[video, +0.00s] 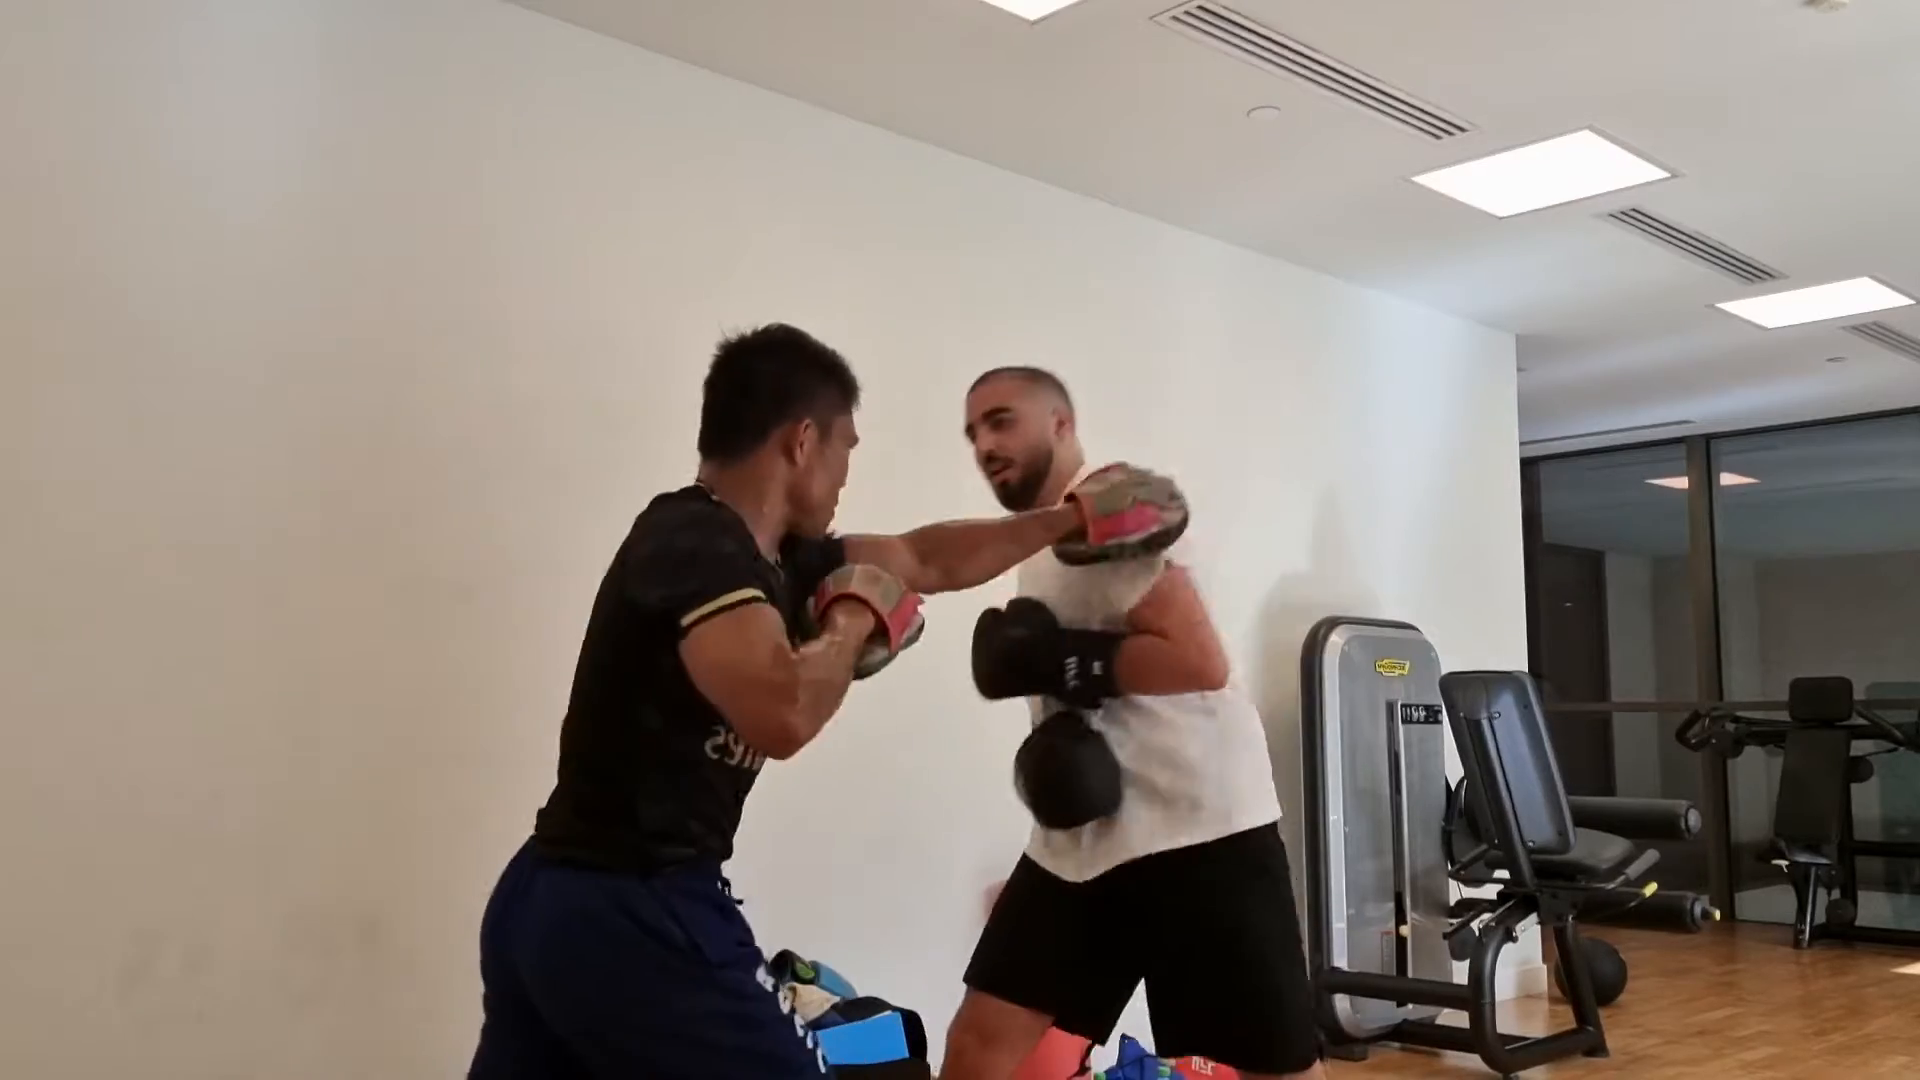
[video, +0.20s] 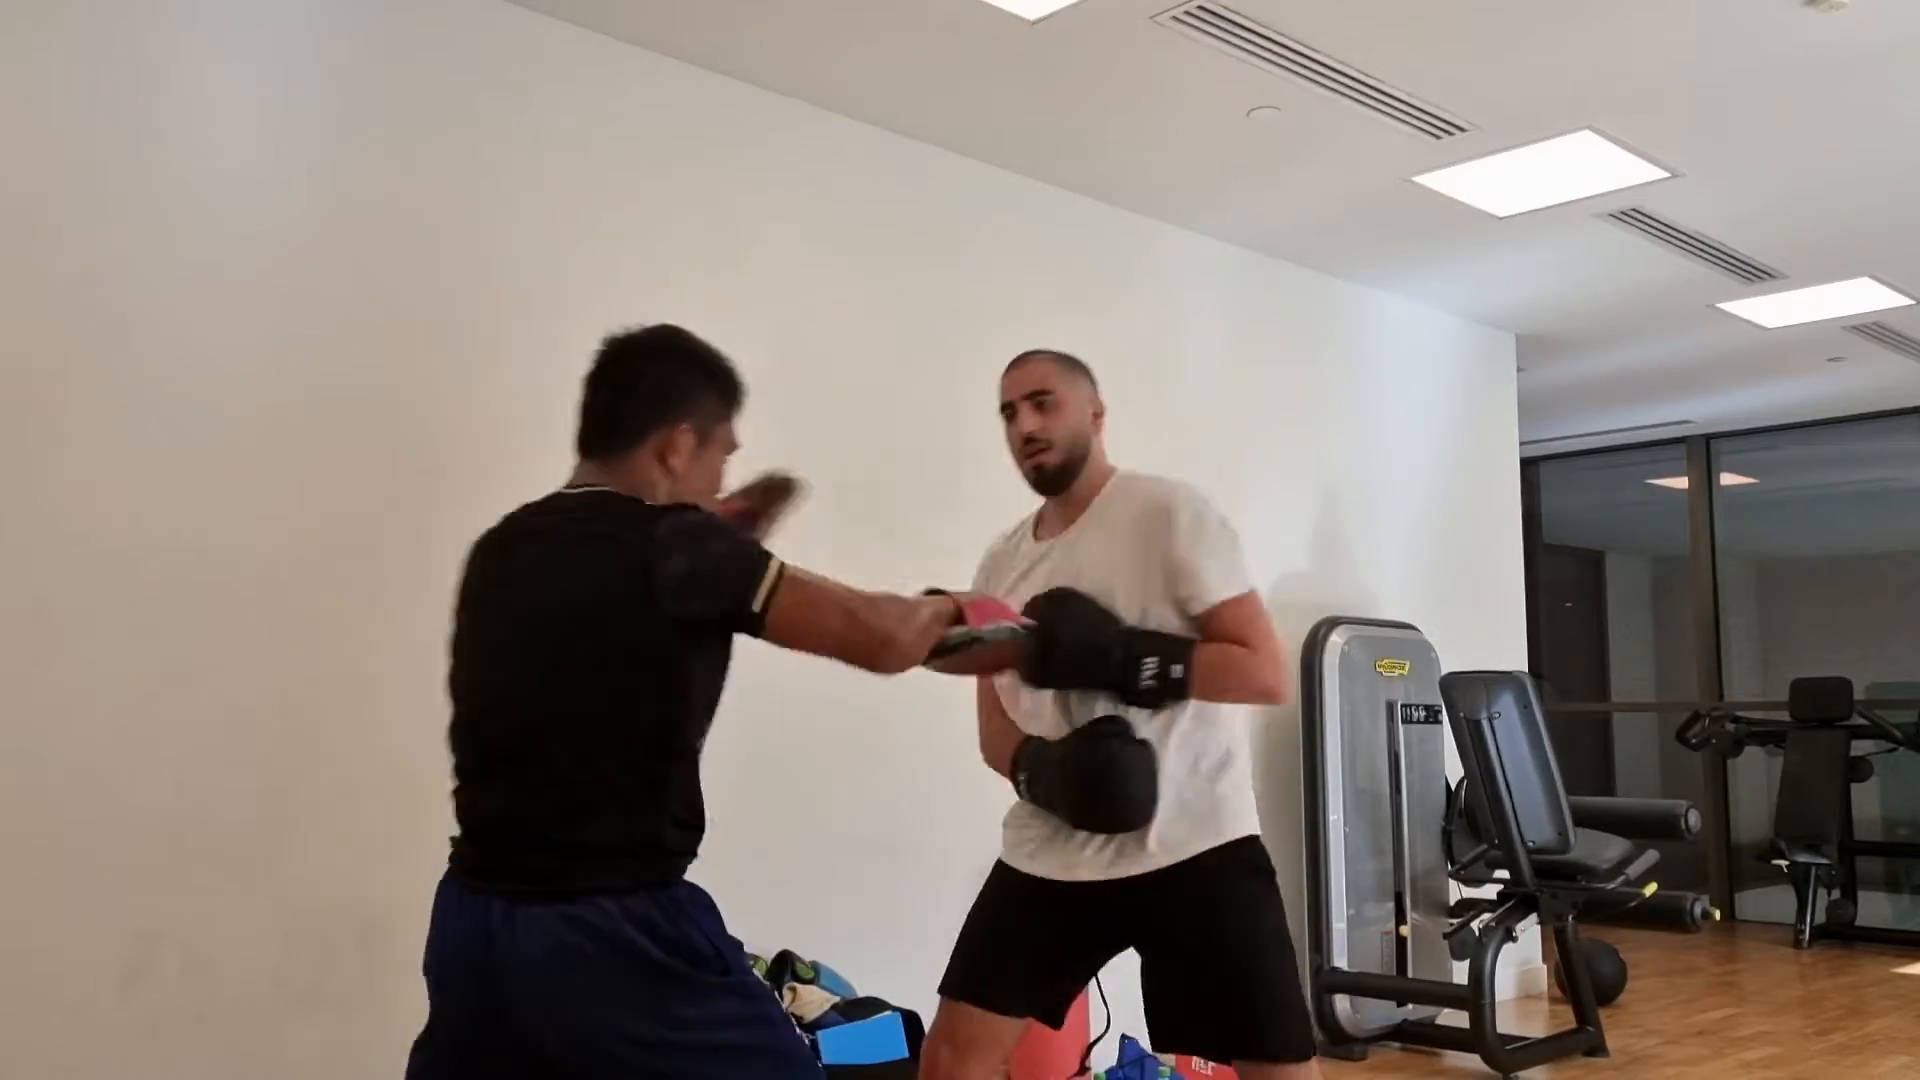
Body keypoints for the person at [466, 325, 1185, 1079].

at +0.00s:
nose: (848, 471)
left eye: (852, 450)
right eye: (847, 447)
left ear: (773, 442)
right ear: (798, 443)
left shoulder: (769, 552)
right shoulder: (700, 542)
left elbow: (919, 558)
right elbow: (781, 719)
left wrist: (1059, 522)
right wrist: (863, 601)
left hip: (563, 906)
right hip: (641, 917)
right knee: (788, 1065)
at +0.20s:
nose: (722, 479)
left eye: (728, 462)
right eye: (720, 459)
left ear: (593, 434)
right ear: (676, 448)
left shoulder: (498, 550)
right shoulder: (680, 548)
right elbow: (882, 640)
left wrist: (699, 537)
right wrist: (941, 608)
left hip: (474, 935)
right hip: (626, 942)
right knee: (782, 1062)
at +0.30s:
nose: (629, 497)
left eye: (633, 477)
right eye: (629, 475)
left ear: (490, 456)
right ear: (576, 462)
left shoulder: (388, 587)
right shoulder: (598, 549)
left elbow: (513, 598)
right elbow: (808, 600)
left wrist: (650, 553)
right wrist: (934, 632)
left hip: (449, 972)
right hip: (615, 963)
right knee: (778, 1058)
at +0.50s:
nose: (643, 507)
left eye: (649, 486)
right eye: (642, 484)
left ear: (505, 477)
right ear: (588, 475)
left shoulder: (408, 593)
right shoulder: (626, 565)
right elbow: (841, 609)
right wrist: (972, 596)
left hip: (443, 984)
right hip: (616, 979)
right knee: (772, 1062)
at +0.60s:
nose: (733, 489)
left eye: (738, 463)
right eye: (733, 461)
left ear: (599, 455)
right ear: (686, 455)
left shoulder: (533, 567)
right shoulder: (681, 547)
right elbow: (853, 639)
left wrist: (836, 590)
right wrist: (881, 582)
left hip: (484, 944)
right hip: (637, 954)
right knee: (786, 1061)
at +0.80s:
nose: (776, 479)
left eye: (780, 459)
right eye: (776, 458)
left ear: (648, 448)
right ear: (737, 456)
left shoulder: (553, 572)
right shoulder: (748, 544)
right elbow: (920, 644)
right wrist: (814, 592)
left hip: (544, 950)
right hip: (708, 946)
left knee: (507, 1063)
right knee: (855, 1061)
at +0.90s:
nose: (752, 478)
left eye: (756, 461)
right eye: (753, 460)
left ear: (623, 455)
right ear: (718, 453)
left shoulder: (521, 562)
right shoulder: (769, 534)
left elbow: (445, 679)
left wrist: (553, 643)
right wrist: (885, 576)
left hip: (544, 939)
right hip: (734, 939)